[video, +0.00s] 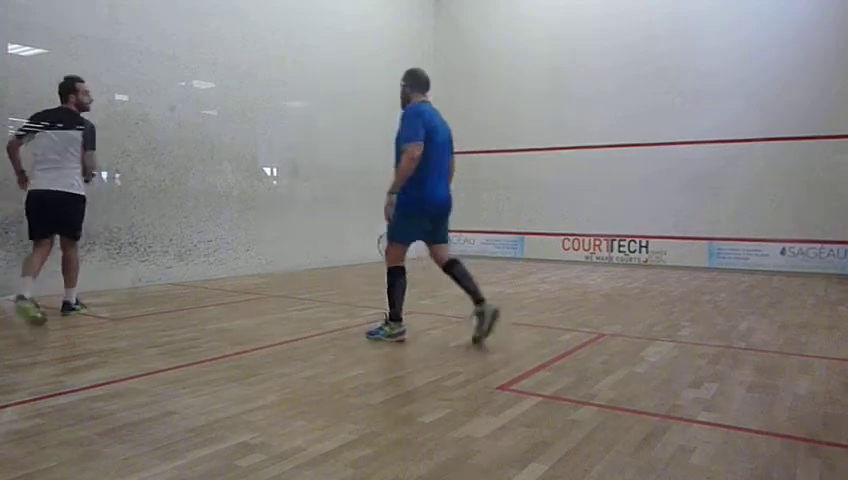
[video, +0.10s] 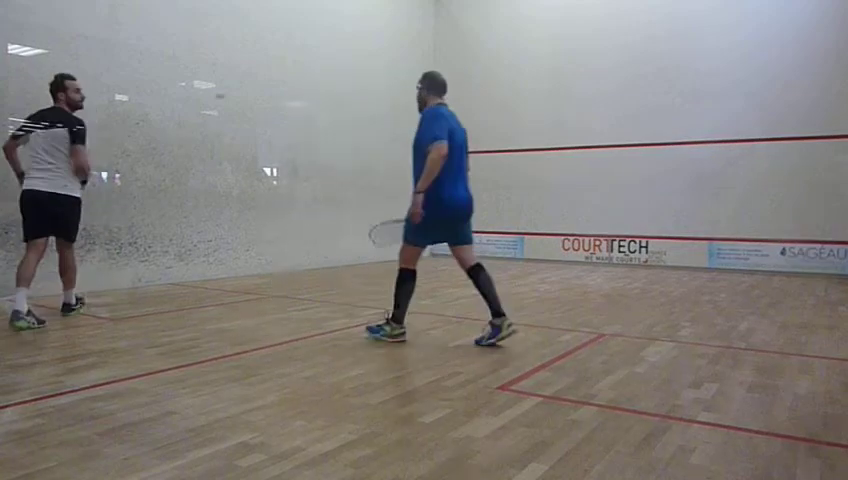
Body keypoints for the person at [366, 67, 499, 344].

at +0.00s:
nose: (400, 95)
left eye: (401, 90)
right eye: (401, 90)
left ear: (407, 90)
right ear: (425, 91)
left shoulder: (413, 114)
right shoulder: (439, 120)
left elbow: (412, 152)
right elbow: (449, 167)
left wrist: (392, 192)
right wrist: (439, 194)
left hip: (413, 199)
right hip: (440, 199)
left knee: (394, 255)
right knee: (441, 254)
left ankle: (394, 323)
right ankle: (482, 305)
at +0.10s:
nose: (416, 96)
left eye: (417, 91)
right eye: (417, 91)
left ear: (423, 92)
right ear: (443, 94)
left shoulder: (432, 116)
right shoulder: (455, 121)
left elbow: (439, 151)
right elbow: (464, 167)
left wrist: (419, 192)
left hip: (433, 201)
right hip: (459, 201)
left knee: (408, 258)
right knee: (468, 259)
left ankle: (395, 324)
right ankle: (499, 319)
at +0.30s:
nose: (447, 94)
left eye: (448, 89)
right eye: (448, 89)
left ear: (454, 89)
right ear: (473, 88)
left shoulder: (464, 108)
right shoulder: (485, 110)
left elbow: (481, 132)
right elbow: (507, 141)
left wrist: (456, 173)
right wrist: (474, 155)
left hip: (473, 196)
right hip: (496, 197)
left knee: (443, 254)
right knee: (495, 257)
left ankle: (439, 327)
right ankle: (507, 328)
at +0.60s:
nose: (488, 91)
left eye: (490, 86)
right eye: (488, 85)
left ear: (498, 84)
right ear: (514, 83)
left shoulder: (505, 109)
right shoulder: (531, 106)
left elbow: (500, 150)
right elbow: (561, 126)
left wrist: (468, 162)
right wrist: (528, 137)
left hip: (522, 199)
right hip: (533, 196)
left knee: (526, 263)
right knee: (514, 263)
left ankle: (581, 321)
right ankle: (509, 329)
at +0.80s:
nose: (508, 104)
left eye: (507, 97)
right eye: (506, 98)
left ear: (516, 93)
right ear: (532, 89)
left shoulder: (532, 114)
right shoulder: (555, 110)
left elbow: (520, 158)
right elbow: (587, 144)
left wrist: (485, 154)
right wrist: (569, 174)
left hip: (564, 204)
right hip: (564, 202)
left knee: (583, 268)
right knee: (542, 264)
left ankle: (609, 341)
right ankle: (517, 328)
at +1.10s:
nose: (529, 106)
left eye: (529, 99)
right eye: (526, 101)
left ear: (541, 90)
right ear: (543, 90)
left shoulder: (568, 108)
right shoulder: (563, 112)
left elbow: (581, 151)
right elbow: (581, 157)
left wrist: (550, 188)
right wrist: (555, 178)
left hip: (597, 203)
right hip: (583, 203)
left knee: (600, 265)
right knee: (584, 263)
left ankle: (612, 342)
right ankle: (601, 334)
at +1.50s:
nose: (540, 104)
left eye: (540, 97)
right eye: (537, 99)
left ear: (554, 89)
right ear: (551, 92)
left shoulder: (584, 106)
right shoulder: (569, 118)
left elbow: (604, 145)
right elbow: (584, 167)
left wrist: (564, 170)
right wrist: (570, 201)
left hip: (603, 199)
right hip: (596, 200)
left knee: (587, 263)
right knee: (604, 264)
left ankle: (615, 336)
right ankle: (606, 334)